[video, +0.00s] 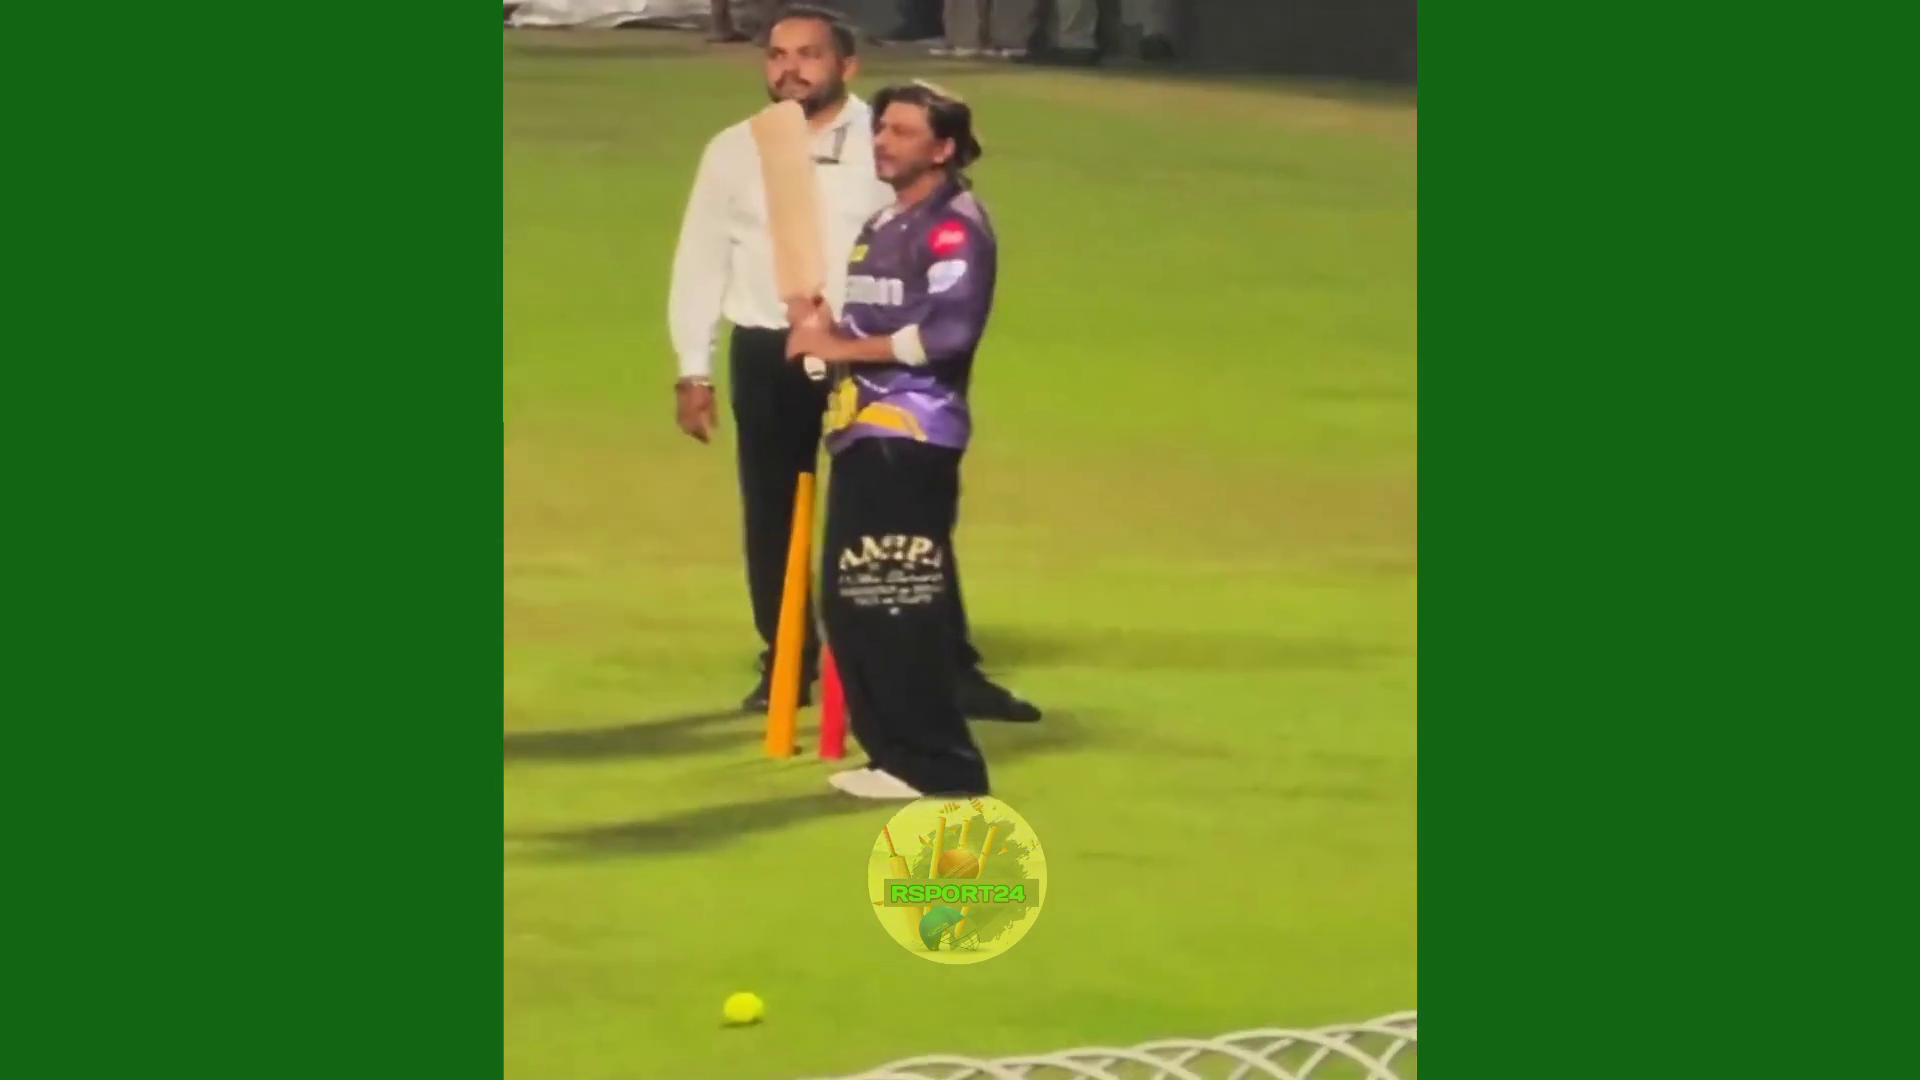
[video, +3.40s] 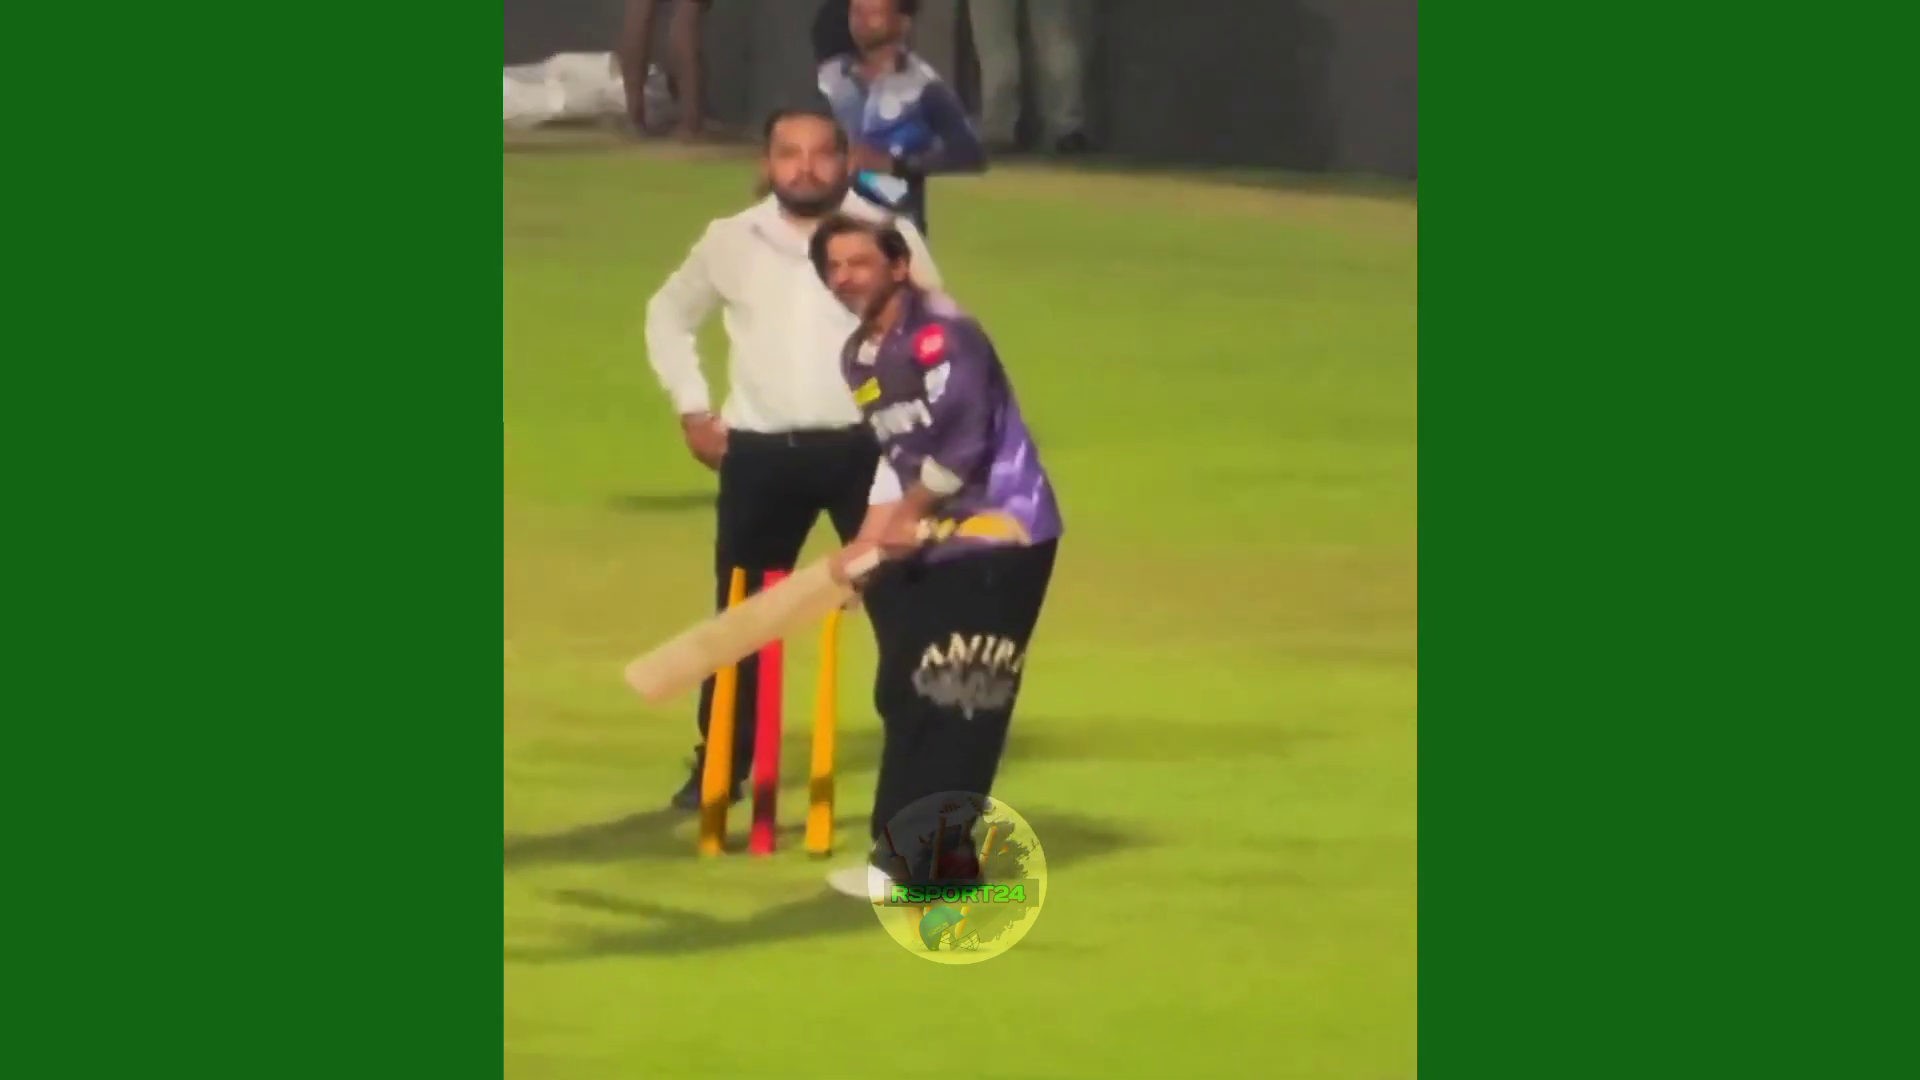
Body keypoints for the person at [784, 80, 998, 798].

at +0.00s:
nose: (882, 143)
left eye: (900, 133)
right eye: (881, 130)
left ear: (943, 148)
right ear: (876, 140)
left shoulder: (957, 228)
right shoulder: (883, 224)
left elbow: (948, 336)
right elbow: (877, 325)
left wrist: (840, 349)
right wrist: (826, 324)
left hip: (913, 435)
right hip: (868, 430)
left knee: (906, 601)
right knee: (856, 596)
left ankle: (939, 765)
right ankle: (896, 756)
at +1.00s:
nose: (909, 149)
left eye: (919, 136)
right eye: (910, 135)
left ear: (958, 143)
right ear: (952, 144)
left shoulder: (1011, 224)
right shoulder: (941, 233)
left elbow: (994, 345)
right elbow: (942, 345)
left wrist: (917, 406)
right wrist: (899, 403)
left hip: (1015, 441)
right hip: (964, 438)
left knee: (983, 597)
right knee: (914, 587)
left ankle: (992, 762)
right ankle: (923, 748)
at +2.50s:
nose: (884, 217)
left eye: (899, 204)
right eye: (874, 205)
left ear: (941, 208)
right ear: (867, 213)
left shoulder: (982, 285)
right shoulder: (892, 301)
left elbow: (976, 413)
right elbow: (919, 414)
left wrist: (926, 492)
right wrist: (900, 506)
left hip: (1015, 488)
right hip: (958, 490)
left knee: (982, 647)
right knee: (928, 646)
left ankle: (962, 812)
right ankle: (942, 804)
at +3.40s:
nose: (845, 278)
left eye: (859, 263)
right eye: (834, 267)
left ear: (897, 266)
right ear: (826, 277)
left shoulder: (949, 337)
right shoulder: (859, 358)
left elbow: (969, 442)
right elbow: (899, 459)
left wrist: (908, 509)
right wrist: (871, 540)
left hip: (1000, 536)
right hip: (934, 537)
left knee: (957, 698)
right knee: (908, 693)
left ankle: (928, 859)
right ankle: (899, 852)